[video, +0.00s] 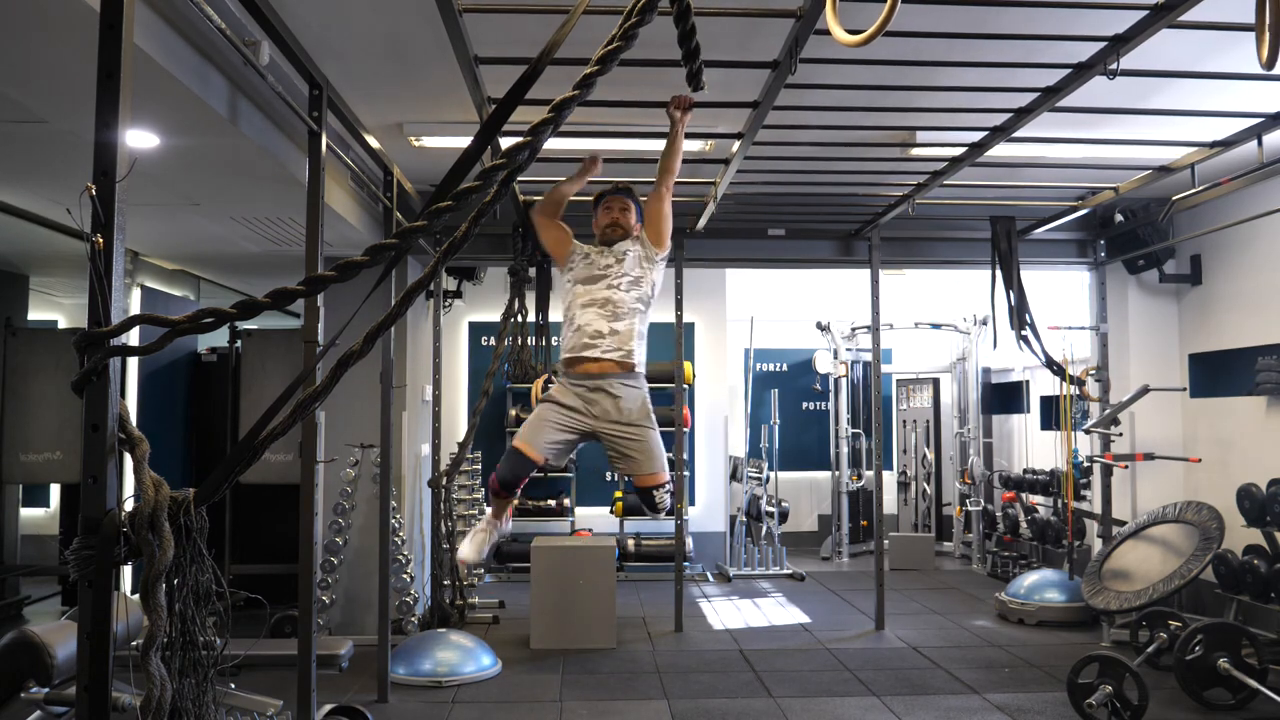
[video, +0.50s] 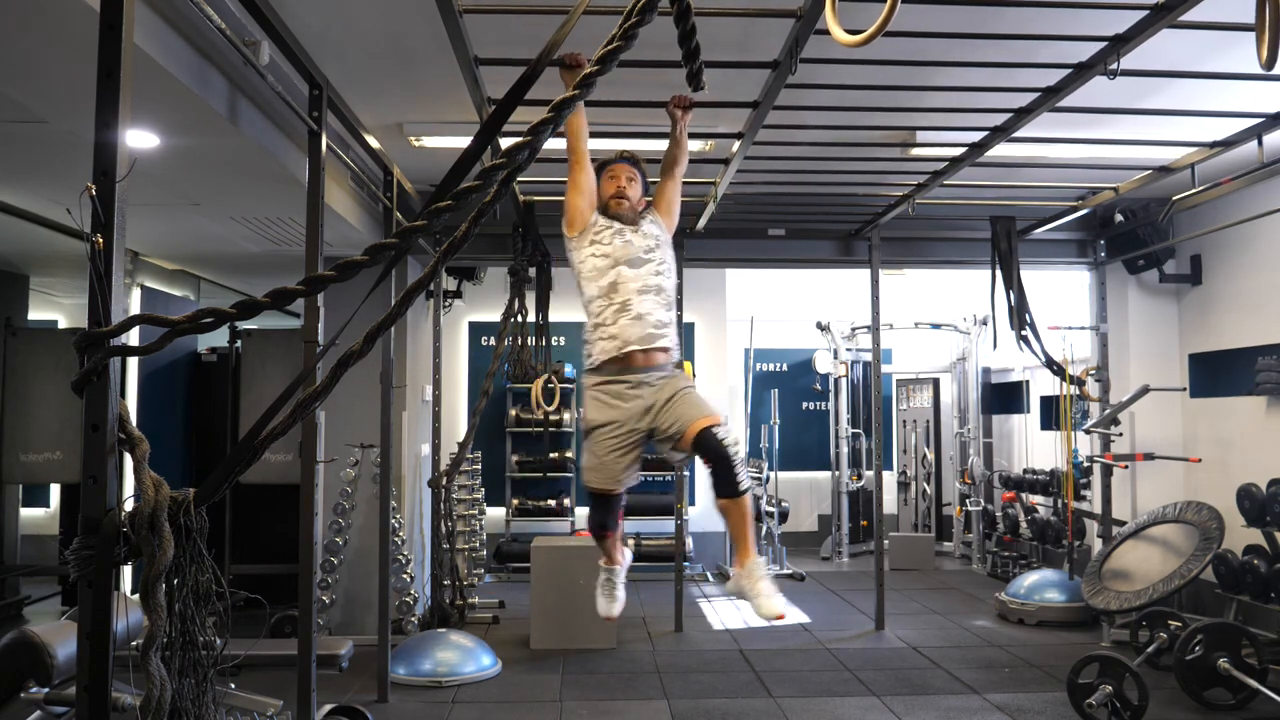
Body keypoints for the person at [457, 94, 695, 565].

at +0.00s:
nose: (612, 213)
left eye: (622, 209)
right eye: (604, 210)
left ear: (637, 223)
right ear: (594, 224)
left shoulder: (649, 253)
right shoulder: (575, 257)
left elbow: (664, 187)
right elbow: (543, 216)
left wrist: (678, 128)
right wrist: (580, 178)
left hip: (627, 391)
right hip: (569, 389)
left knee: (657, 500)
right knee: (503, 479)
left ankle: (649, 486)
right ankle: (496, 521)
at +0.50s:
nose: (623, 186)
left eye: (631, 181)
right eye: (614, 181)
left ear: (643, 194)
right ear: (597, 193)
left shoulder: (657, 227)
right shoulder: (584, 230)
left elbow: (674, 172)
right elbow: (578, 156)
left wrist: (680, 127)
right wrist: (574, 90)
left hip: (667, 379)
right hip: (609, 387)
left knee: (719, 444)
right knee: (601, 511)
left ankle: (747, 566)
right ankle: (613, 563)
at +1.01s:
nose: (651, 155)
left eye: (662, 149)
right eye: (643, 153)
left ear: (685, 161)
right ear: (635, 170)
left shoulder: (707, 191)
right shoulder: (626, 212)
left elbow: (719, 110)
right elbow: (594, 149)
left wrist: (708, 28)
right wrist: (577, 89)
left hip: (715, 373)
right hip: (649, 377)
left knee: (770, 475)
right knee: (582, 471)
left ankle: (805, 505)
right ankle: (550, 585)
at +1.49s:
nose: (605, 135)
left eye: (617, 130)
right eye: (595, 129)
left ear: (633, 150)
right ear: (577, 145)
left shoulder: (649, 191)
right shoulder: (549, 183)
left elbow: (677, 116)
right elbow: (526, 113)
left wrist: (697, 44)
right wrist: (581, 50)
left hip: (618, 373)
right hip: (541, 371)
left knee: (694, 475)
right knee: (482, 498)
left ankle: (653, 511)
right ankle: (507, 530)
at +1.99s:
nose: (662, 100)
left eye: (668, 98)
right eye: (647, 96)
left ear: (678, 121)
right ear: (620, 120)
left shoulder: (692, 165)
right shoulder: (612, 161)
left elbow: (704, 92)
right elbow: (588, 68)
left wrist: (707, 30)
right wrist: (583, 28)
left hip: (729, 363)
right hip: (657, 371)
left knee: (830, 468)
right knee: (648, 538)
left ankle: (798, 581)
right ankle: (617, 652)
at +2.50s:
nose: (664, 86)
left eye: (668, 83)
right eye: (650, 83)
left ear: (676, 103)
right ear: (628, 107)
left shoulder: (701, 141)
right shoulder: (628, 152)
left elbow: (719, 94)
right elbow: (605, 117)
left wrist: (706, 32)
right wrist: (589, 71)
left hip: (791, 310)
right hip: (732, 313)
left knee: (870, 449)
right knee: (774, 464)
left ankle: (806, 584)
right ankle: (728, 646)